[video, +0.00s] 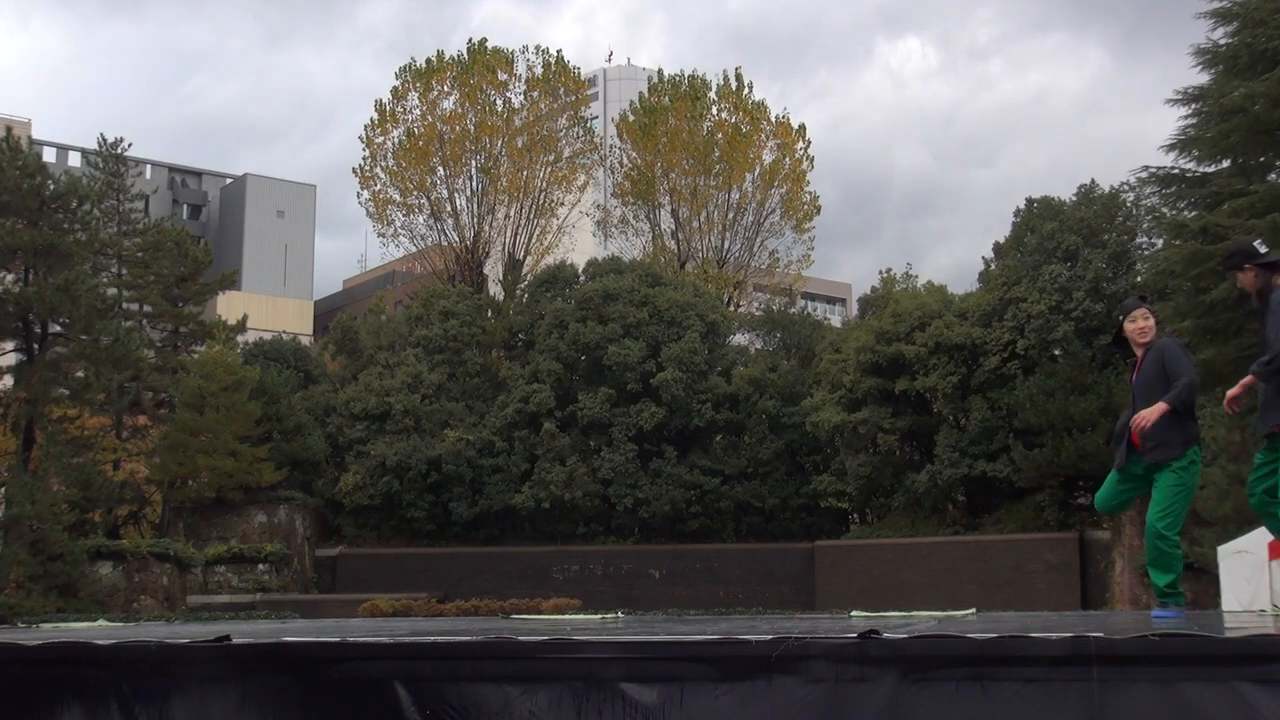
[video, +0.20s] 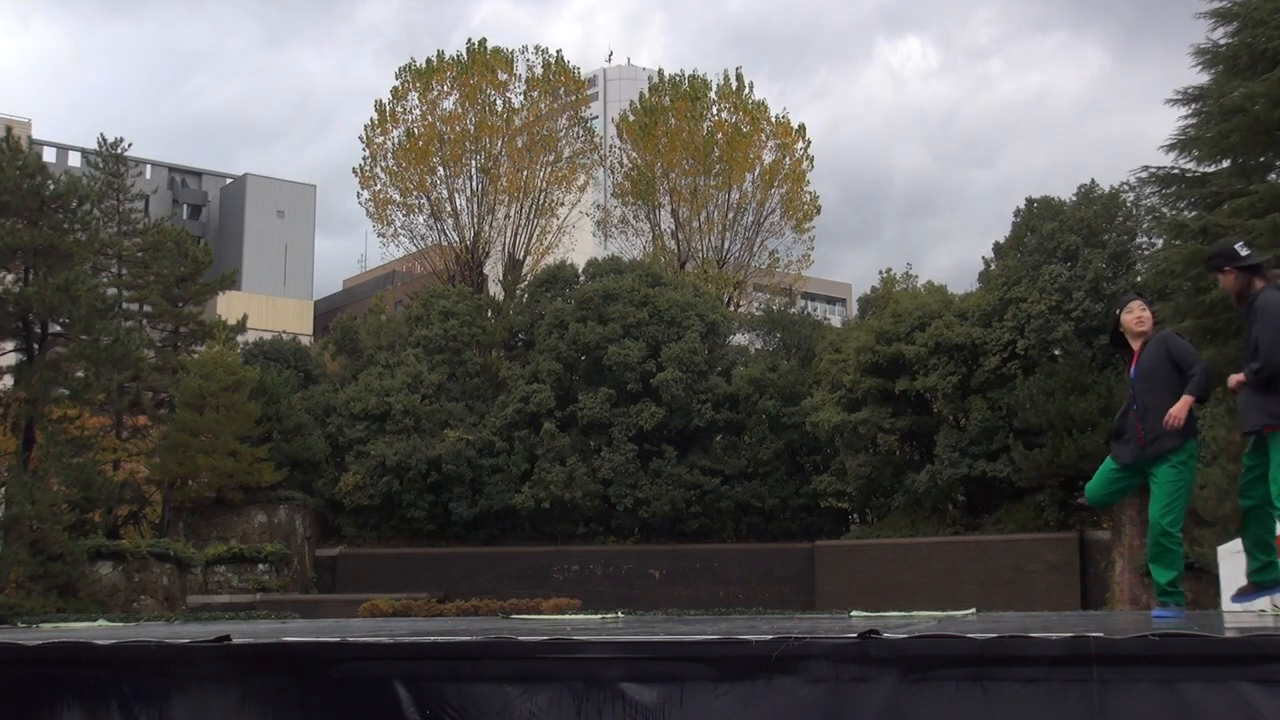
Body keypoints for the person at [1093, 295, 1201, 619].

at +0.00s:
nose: (1141, 325)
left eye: (1146, 318)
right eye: (1133, 321)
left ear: (1155, 323)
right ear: (1124, 330)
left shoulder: (1166, 347)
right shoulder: (1137, 366)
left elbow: (1188, 382)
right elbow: (1143, 405)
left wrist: (1159, 408)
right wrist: (1129, 429)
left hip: (1177, 456)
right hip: (1139, 457)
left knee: (1158, 526)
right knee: (1104, 503)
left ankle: (1170, 602)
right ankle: (1154, 476)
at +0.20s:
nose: (1140, 314)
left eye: (1144, 309)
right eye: (1131, 311)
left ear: (1153, 317)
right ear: (1121, 326)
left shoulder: (1166, 340)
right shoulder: (1135, 361)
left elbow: (1200, 368)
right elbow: (1142, 399)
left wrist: (1185, 401)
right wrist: (1128, 425)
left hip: (1173, 445)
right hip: (1135, 445)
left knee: (1162, 523)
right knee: (1095, 494)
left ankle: (1170, 600)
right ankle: (1147, 469)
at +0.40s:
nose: (1134, 312)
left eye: (1138, 307)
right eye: (1125, 310)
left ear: (1149, 315)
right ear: (1117, 325)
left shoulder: (1165, 338)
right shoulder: (1131, 360)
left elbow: (1202, 367)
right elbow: (1143, 396)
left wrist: (1185, 401)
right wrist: (1127, 422)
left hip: (1168, 445)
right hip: (1128, 442)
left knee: (1163, 523)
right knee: (1083, 483)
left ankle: (1169, 600)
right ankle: (1129, 470)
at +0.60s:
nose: (1126, 318)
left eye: (1130, 312)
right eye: (1118, 315)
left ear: (1141, 318)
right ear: (1109, 327)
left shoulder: (1159, 341)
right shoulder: (1122, 364)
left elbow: (1197, 371)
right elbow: (1135, 400)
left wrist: (1180, 401)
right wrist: (1123, 426)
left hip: (1164, 446)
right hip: (1124, 443)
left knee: (1161, 523)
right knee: (1076, 483)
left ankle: (1169, 600)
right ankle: (1127, 471)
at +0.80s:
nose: (1106, 322)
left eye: (1110, 316)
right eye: (1098, 319)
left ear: (1121, 321)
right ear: (1090, 330)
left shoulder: (1142, 343)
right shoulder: (1106, 370)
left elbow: (1184, 369)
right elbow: (1120, 408)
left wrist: (1167, 401)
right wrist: (1109, 435)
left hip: (1154, 448)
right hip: (1113, 448)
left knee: (1156, 523)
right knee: (1070, 490)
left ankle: (1170, 599)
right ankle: (1110, 508)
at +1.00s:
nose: (1084, 329)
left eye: (1089, 323)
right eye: (1077, 325)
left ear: (1101, 329)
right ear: (1069, 335)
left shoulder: (1115, 357)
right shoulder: (1076, 381)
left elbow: (1156, 384)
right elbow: (1075, 426)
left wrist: (1134, 407)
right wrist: (1041, 434)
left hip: (1137, 458)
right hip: (1100, 467)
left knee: (1142, 527)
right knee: (1087, 531)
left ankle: (1169, 599)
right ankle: (1093, 601)